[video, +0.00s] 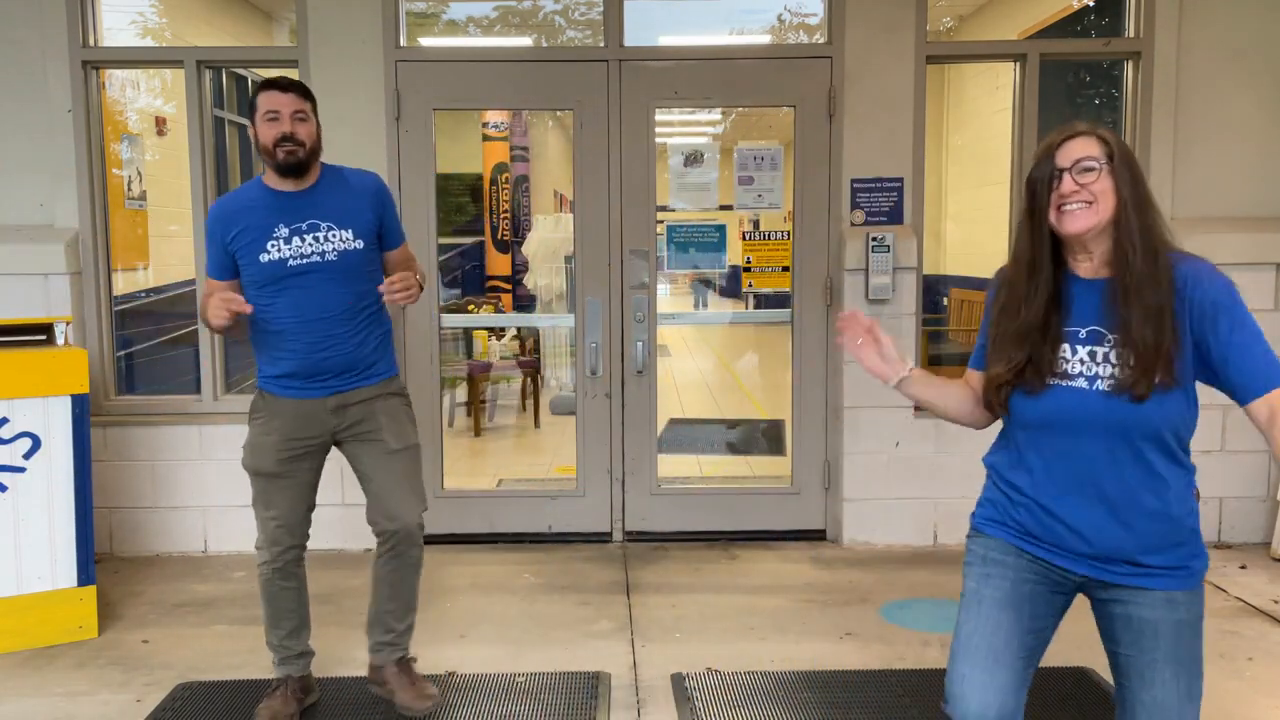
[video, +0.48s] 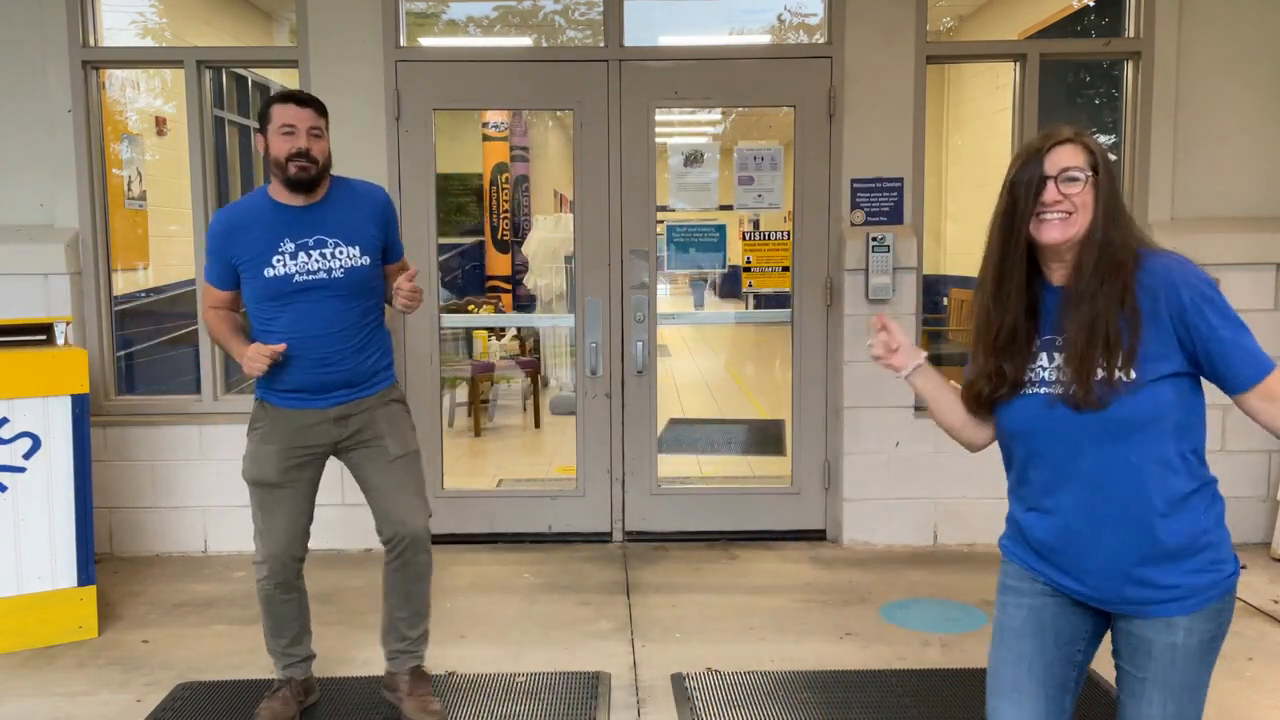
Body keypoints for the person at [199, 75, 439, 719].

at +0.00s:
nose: (288, 129)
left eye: (299, 117)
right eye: (273, 119)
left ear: (318, 128)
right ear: (253, 133)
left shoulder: (365, 191)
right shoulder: (230, 214)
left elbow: (406, 269)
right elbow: (214, 302)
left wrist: (403, 283)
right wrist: (219, 307)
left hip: (372, 396)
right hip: (284, 405)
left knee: (404, 524)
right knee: (278, 547)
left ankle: (390, 659)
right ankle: (292, 675)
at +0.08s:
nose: (280, 124)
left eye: (291, 113)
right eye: (266, 114)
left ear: (310, 124)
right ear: (246, 130)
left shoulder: (358, 183)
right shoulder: (224, 209)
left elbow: (400, 257)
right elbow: (222, 301)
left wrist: (425, 266)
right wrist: (193, 301)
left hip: (368, 390)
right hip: (283, 400)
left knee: (380, 539)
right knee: (284, 547)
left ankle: (363, 685)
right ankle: (293, 676)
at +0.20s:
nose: (277, 129)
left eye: (288, 118)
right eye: (262, 119)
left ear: (307, 127)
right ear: (242, 134)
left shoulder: (357, 187)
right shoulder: (220, 215)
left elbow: (405, 263)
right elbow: (202, 308)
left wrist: (431, 271)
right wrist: (177, 304)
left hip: (364, 396)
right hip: (280, 404)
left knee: (362, 546)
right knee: (281, 551)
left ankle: (360, 688)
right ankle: (294, 676)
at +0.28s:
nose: (277, 125)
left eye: (288, 114)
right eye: (262, 115)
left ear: (308, 125)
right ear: (242, 132)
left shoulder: (356, 180)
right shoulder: (220, 209)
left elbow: (391, 246)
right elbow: (202, 294)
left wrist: (402, 265)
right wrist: (204, 290)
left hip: (365, 393)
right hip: (281, 401)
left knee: (369, 542)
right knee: (282, 548)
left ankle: (362, 686)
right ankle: (294, 677)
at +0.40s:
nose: (289, 130)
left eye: (299, 119)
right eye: (273, 120)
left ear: (316, 130)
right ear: (250, 135)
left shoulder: (361, 187)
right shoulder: (224, 211)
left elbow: (388, 252)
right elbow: (216, 290)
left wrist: (393, 275)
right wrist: (240, 317)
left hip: (367, 393)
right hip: (283, 404)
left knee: (390, 533)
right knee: (279, 549)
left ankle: (376, 679)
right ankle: (293, 676)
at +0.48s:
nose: (303, 144)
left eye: (314, 133)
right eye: (288, 133)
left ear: (329, 143)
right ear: (264, 144)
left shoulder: (370, 203)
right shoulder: (233, 225)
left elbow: (397, 270)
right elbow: (216, 308)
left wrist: (404, 289)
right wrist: (243, 349)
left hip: (372, 405)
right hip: (284, 417)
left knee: (411, 530)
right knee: (276, 555)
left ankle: (407, 669)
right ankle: (292, 677)